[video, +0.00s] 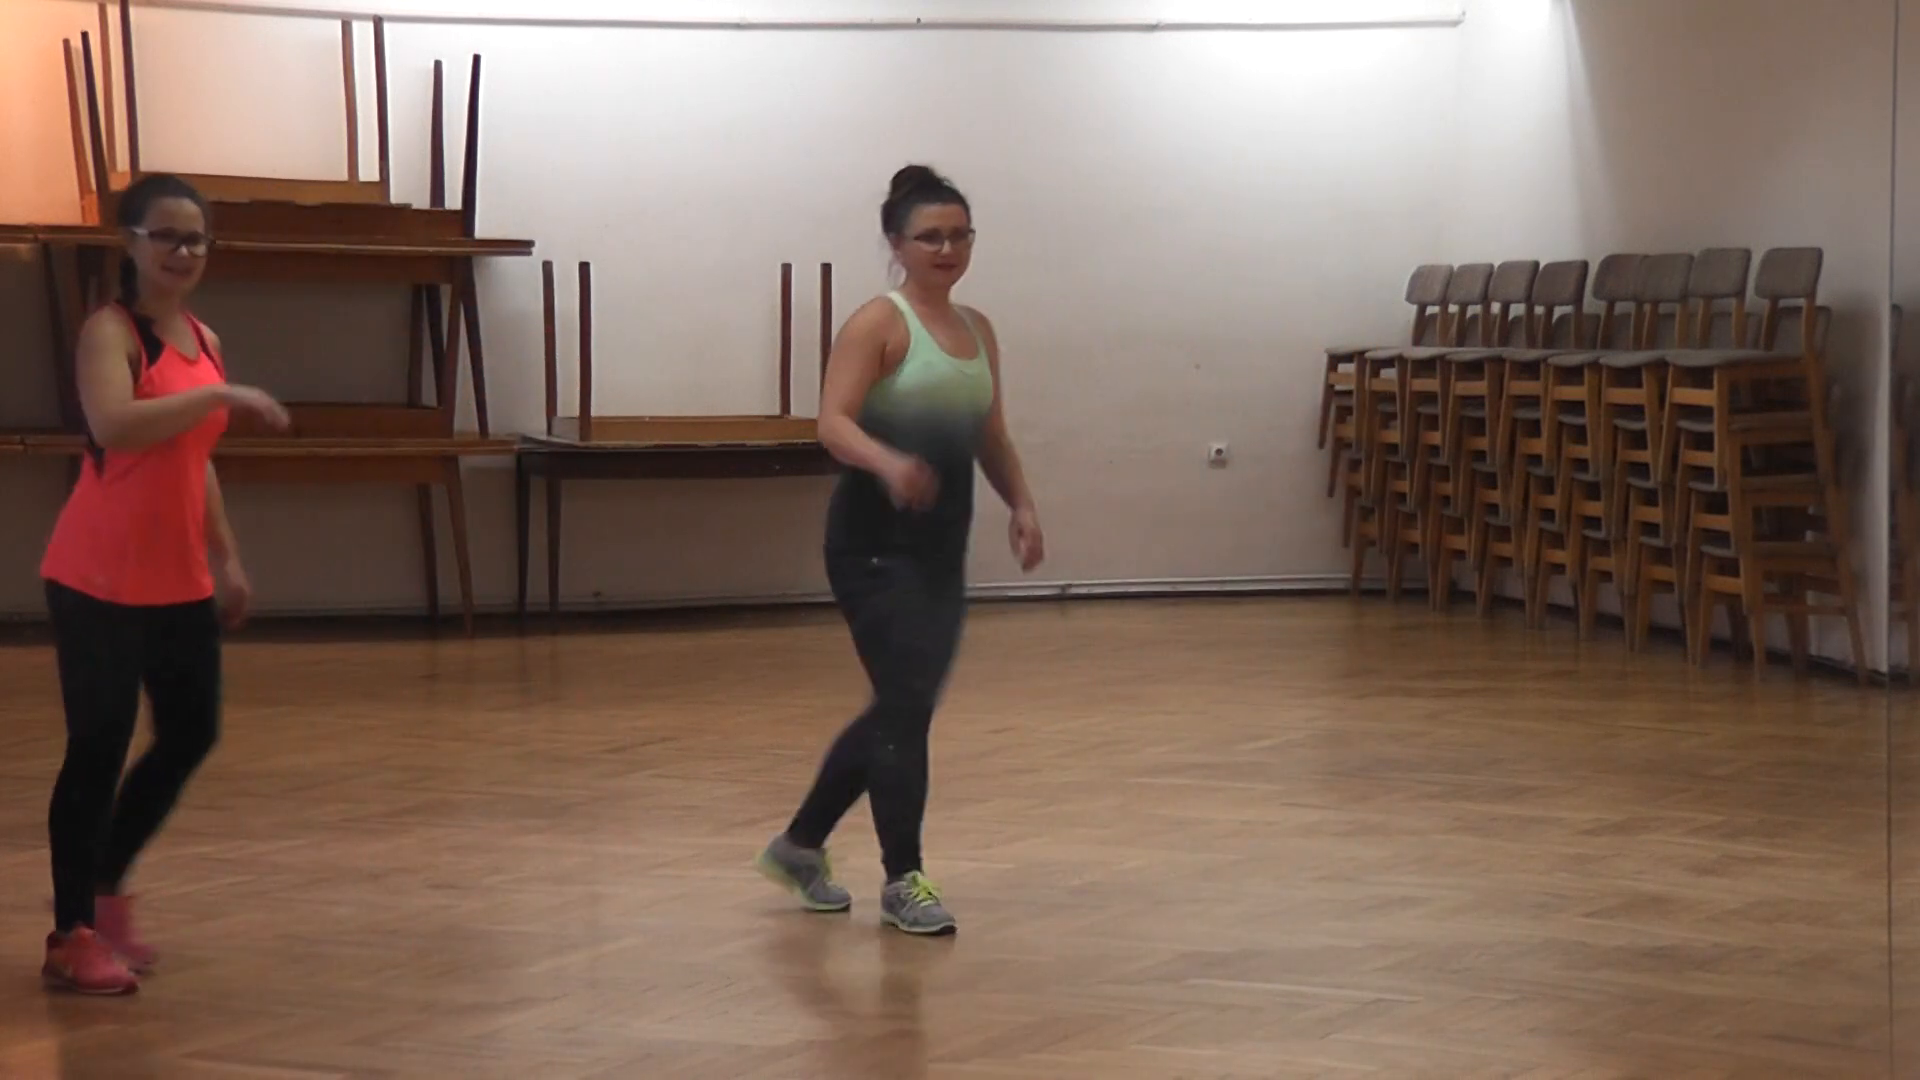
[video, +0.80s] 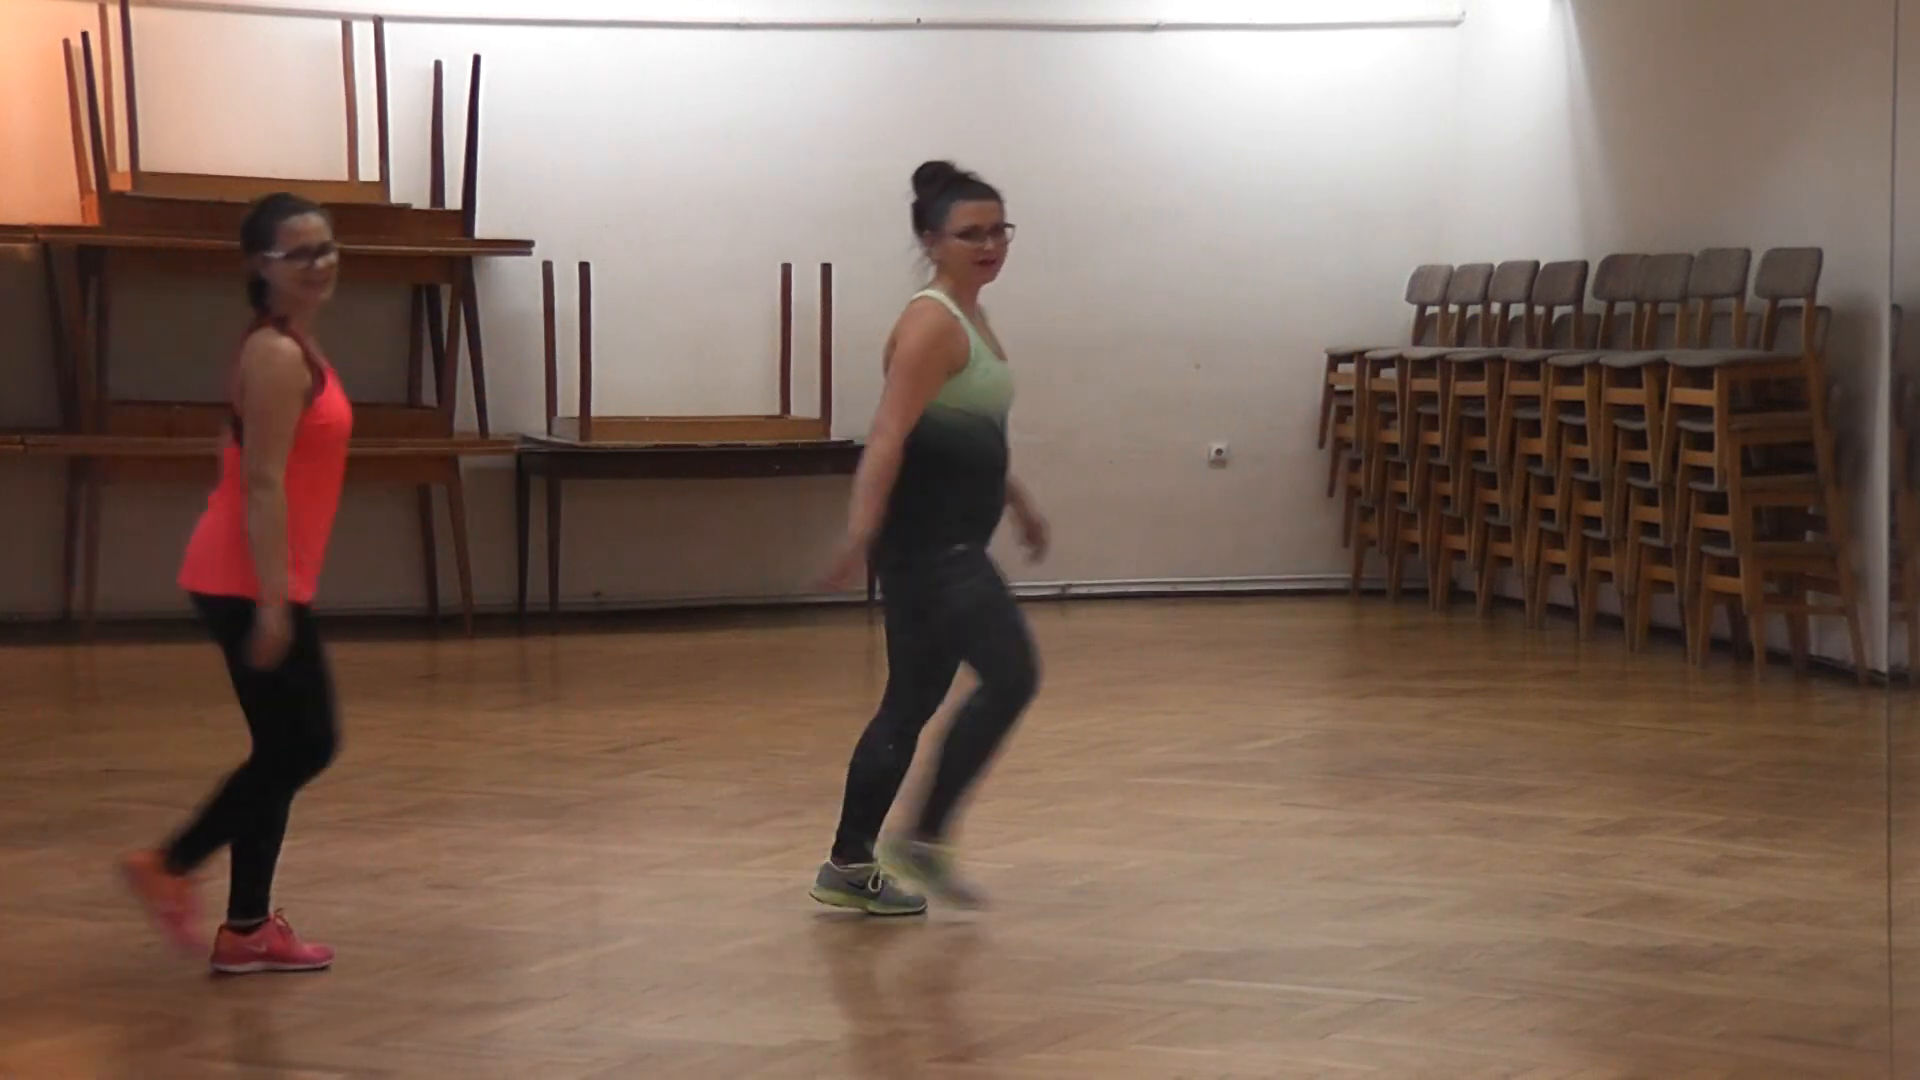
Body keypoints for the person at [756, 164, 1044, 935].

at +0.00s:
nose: (949, 248)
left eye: (960, 234)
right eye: (932, 236)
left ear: (972, 238)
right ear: (896, 243)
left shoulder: (976, 329)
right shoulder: (875, 323)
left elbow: (988, 429)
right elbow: (833, 423)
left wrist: (1021, 502)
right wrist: (888, 462)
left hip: (941, 540)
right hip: (873, 538)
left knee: (905, 702)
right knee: (905, 700)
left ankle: (798, 845)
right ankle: (903, 879)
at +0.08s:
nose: (935, 260)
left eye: (945, 247)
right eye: (917, 248)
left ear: (956, 252)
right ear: (880, 254)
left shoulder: (955, 340)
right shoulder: (864, 333)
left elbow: (971, 451)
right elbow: (834, 437)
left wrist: (1015, 535)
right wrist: (920, 419)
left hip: (913, 551)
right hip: (852, 546)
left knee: (851, 713)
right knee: (899, 691)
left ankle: (775, 864)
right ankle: (867, 871)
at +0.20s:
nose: (920, 261)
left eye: (930, 247)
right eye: (903, 248)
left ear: (939, 252)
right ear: (865, 255)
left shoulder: (924, 334)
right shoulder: (850, 331)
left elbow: (929, 449)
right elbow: (874, 425)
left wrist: (967, 533)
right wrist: (952, 364)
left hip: (894, 546)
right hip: (837, 542)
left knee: (838, 698)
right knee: (876, 687)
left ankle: (777, 859)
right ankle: (775, 842)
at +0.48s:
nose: (918, 268)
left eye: (926, 253)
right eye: (901, 255)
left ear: (930, 257)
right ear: (856, 263)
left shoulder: (882, 340)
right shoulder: (853, 336)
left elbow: (847, 449)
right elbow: (961, 396)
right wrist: (1066, 377)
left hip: (876, 566)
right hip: (813, 565)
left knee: (946, 689)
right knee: (762, 714)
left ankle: (838, 833)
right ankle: (686, 867)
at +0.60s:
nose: (935, 271)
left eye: (942, 257)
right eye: (917, 259)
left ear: (946, 260)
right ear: (876, 266)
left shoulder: (895, 342)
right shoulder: (874, 344)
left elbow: (872, 460)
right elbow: (952, 441)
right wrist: (1062, 485)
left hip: (897, 571)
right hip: (844, 572)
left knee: (943, 706)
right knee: (811, 714)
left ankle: (851, 864)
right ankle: (701, 858)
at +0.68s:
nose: (955, 258)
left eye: (961, 244)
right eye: (937, 246)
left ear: (965, 247)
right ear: (896, 254)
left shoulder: (921, 327)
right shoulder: (895, 331)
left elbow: (908, 448)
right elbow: (923, 449)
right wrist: (981, 532)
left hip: (916, 546)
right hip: (879, 547)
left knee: (935, 702)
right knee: (903, 707)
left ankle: (850, 867)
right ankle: (761, 829)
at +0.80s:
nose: (992, 245)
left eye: (999, 231)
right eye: (974, 233)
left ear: (1006, 233)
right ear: (933, 240)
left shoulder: (968, 314)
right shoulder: (931, 322)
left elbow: (971, 432)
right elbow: (887, 435)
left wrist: (1018, 502)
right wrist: (858, 536)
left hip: (944, 546)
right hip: (932, 550)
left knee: (910, 700)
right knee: (1012, 674)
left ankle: (850, 865)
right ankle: (922, 837)